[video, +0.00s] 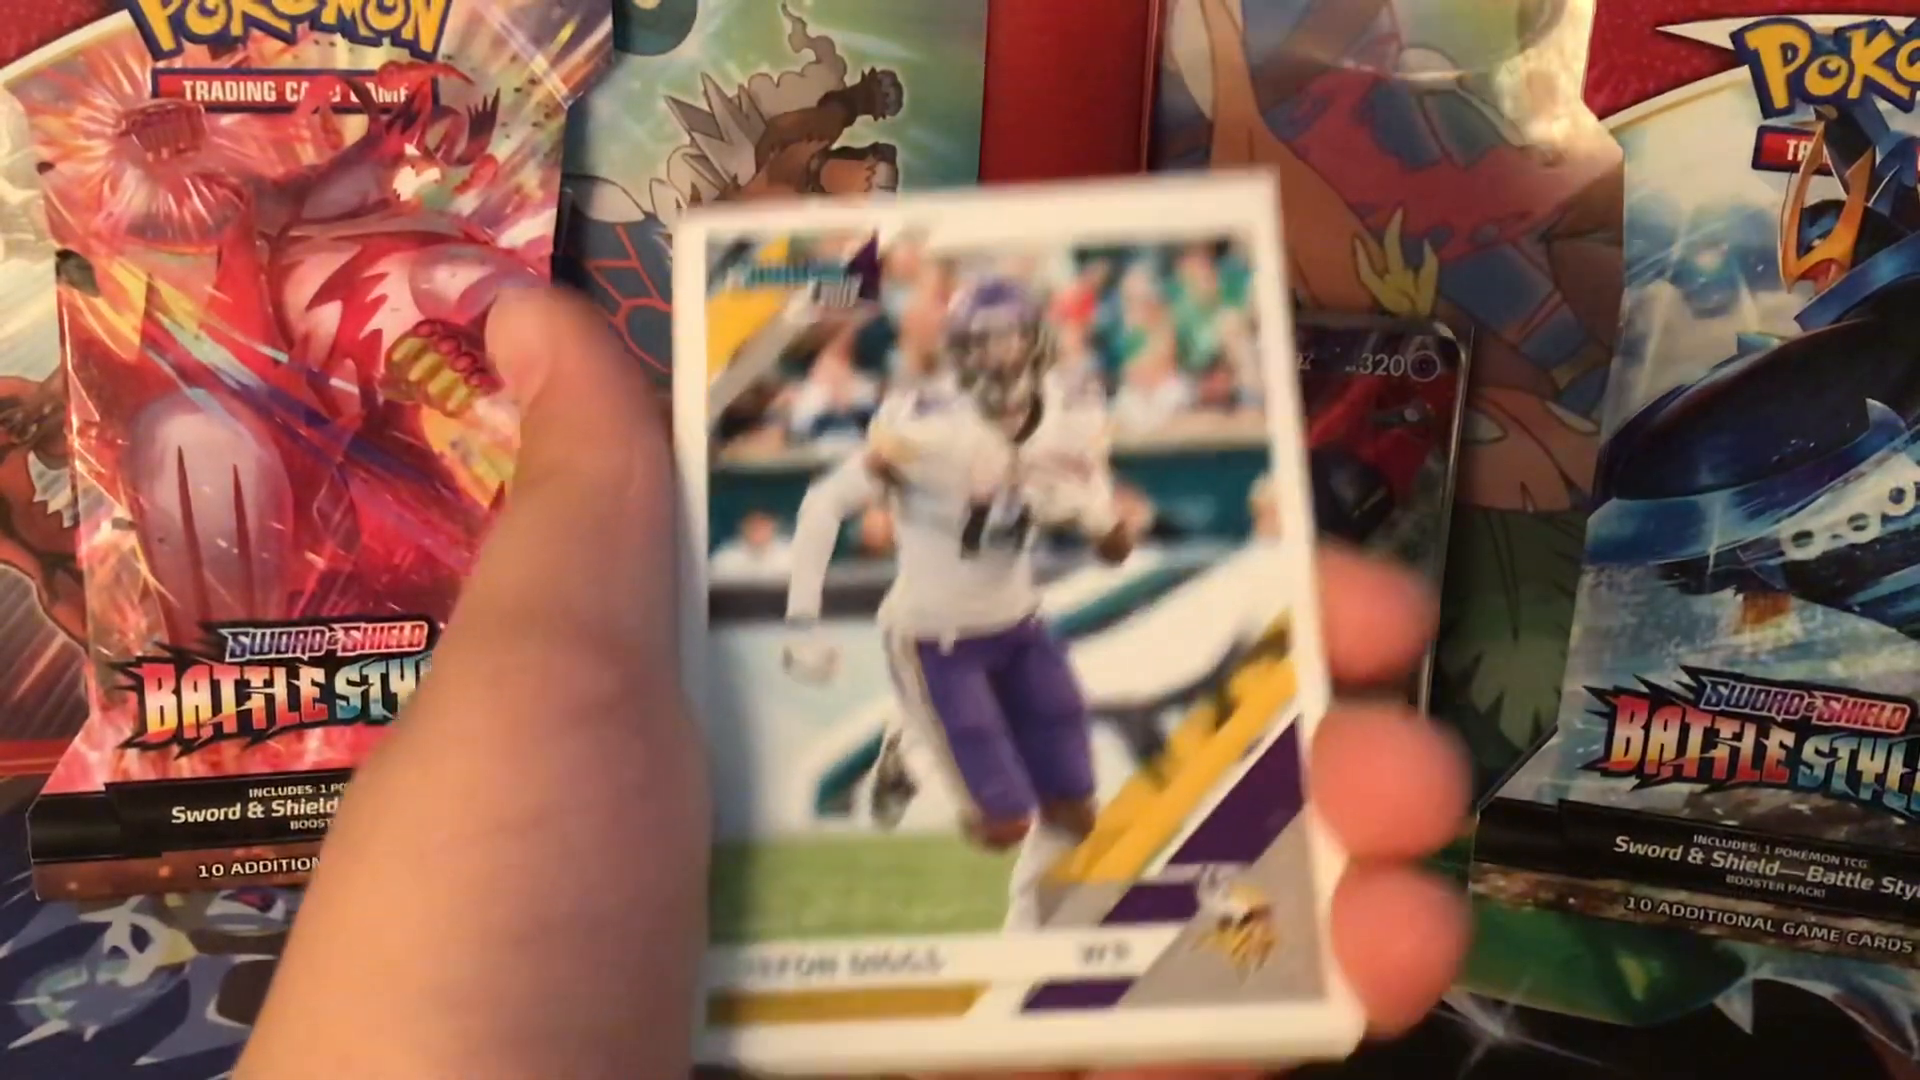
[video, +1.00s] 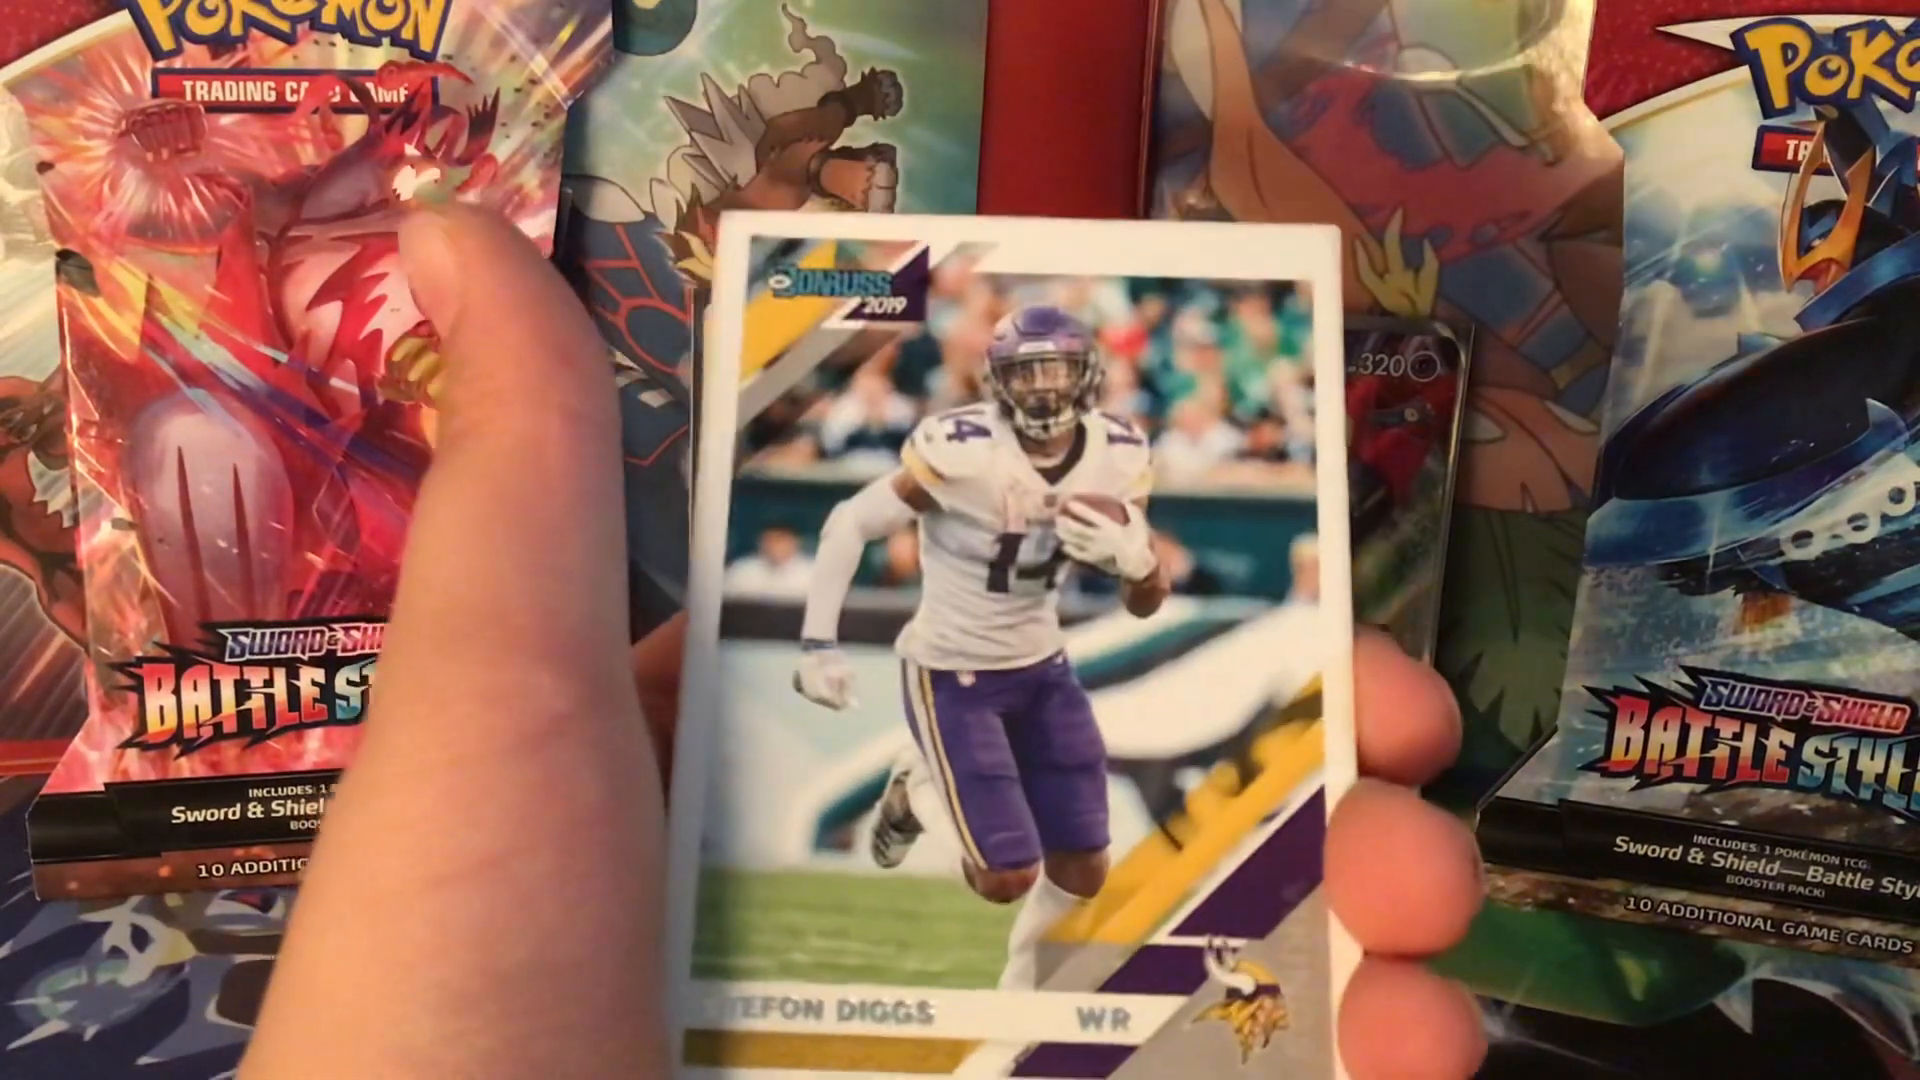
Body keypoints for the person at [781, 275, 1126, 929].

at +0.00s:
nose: (997, 357)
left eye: (1011, 340)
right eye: (981, 343)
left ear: (1036, 344)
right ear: (960, 352)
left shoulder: (1067, 425)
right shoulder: (919, 430)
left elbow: (1109, 544)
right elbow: (825, 502)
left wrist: (1103, 522)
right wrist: (802, 620)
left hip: (1017, 628)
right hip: (932, 640)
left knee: (1072, 815)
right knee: (1003, 828)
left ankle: (1016, 984)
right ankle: (906, 750)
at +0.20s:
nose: (1033, 290)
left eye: (1048, 272)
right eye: (1015, 277)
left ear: (1075, 275)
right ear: (990, 288)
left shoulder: (1115, 349)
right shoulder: (948, 359)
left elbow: (1148, 503)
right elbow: (849, 444)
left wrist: (1136, 457)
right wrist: (828, 569)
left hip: (1051, 573)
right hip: (960, 586)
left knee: (1104, 774)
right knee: (1030, 788)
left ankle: (1043, 935)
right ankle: (931, 700)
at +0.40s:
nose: (1002, 334)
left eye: (1016, 317)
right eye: (985, 321)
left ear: (1043, 322)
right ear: (959, 332)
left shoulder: (1081, 395)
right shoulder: (915, 399)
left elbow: (1111, 545)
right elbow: (815, 479)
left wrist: (1103, 504)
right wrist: (790, 600)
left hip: (1011, 611)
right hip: (921, 620)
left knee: (1059, 809)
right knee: (987, 823)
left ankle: (993, 962)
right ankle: (890, 736)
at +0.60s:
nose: (1019, 362)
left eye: (1034, 346)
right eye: (1001, 349)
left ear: (1059, 351)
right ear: (974, 360)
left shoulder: (1095, 423)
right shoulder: (929, 427)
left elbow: (1123, 576)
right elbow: (830, 500)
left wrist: (1117, 534)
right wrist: (804, 620)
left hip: (1024, 640)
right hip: (934, 648)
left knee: (1068, 837)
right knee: (996, 849)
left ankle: (1001, 977)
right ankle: (899, 760)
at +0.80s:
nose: (1023, 349)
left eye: (1037, 332)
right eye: (1004, 335)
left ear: (1062, 336)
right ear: (977, 346)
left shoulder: (1098, 410)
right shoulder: (932, 414)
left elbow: (1127, 560)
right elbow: (831, 486)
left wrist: (1120, 519)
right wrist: (804, 606)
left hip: (1027, 626)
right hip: (936, 633)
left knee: (1073, 822)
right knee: (1001, 834)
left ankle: (1007, 961)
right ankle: (903, 744)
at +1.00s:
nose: (1044, 386)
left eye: (1059, 370)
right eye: (1026, 372)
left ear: (1085, 377)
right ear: (999, 382)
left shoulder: (1119, 450)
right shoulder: (952, 449)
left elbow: (1145, 605)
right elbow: (850, 520)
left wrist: (1138, 561)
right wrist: (819, 642)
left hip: (1042, 667)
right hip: (950, 672)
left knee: (1081, 870)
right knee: (1008, 881)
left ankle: (1008, 1019)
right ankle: (912, 788)